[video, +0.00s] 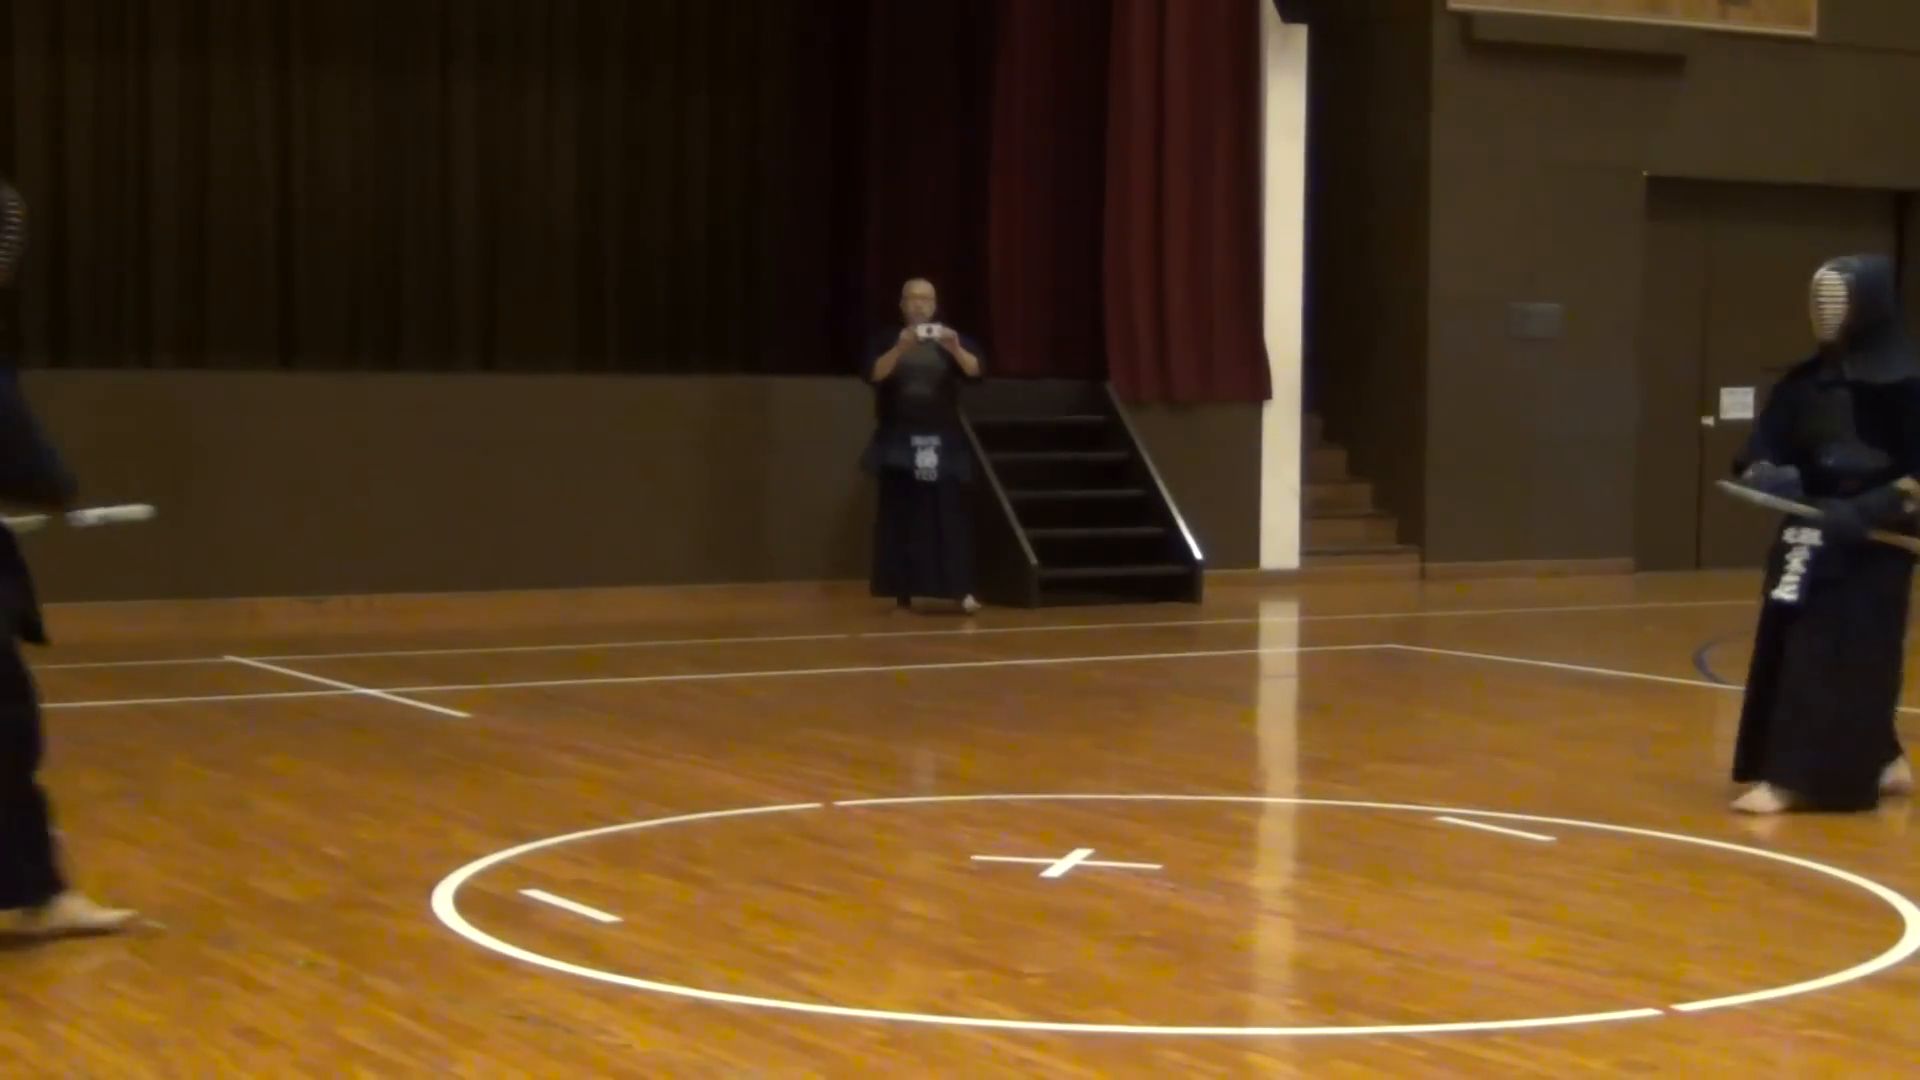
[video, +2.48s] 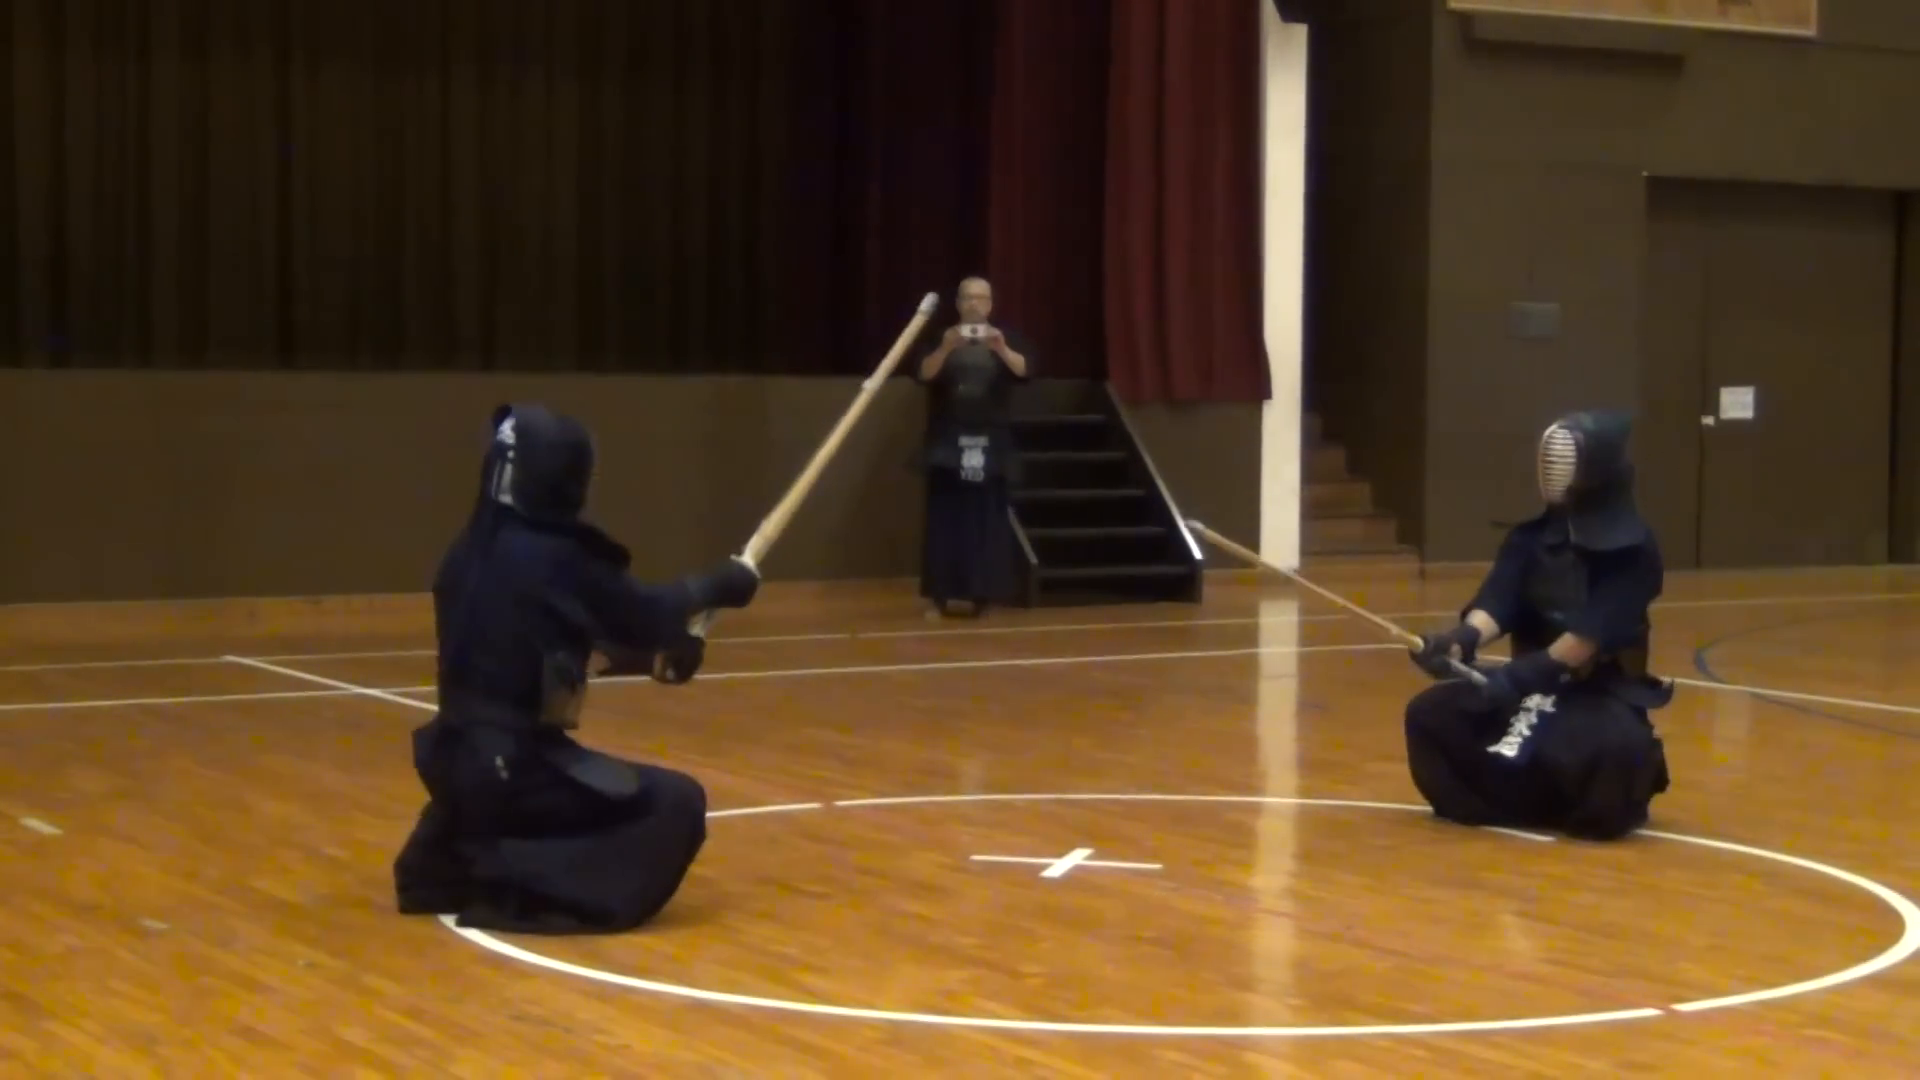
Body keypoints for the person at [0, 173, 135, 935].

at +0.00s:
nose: (15, 246)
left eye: (14, 228)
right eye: (11, 228)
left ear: (14, 236)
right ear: (3, 237)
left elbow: (10, 420)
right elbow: (9, 425)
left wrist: (48, 483)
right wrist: (52, 484)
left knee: (10, 721)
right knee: (8, 719)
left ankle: (31, 886)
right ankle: (28, 887)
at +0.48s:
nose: (254, 261)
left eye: (254, 245)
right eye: (245, 247)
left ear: (173, 247)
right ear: (210, 252)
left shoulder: (128, 327)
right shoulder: (213, 342)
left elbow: (109, 435)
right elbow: (291, 458)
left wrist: (186, 470)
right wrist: (289, 490)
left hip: (146, 553)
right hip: (218, 555)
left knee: (151, 709)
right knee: (303, 698)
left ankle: (143, 895)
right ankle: (295, 887)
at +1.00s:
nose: (532, 263)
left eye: (531, 249)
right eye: (526, 250)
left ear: (444, 245)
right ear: (506, 257)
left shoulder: (396, 317)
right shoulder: (501, 335)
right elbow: (590, 444)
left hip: (387, 537)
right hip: (455, 544)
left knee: (398, 695)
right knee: (511, 699)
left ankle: (345, 855)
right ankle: (519, 884)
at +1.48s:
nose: (577, 266)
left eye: (576, 252)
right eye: (571, 253)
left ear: (500, 246)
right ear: (544, 255)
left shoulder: (450, 313)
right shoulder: (531, 324)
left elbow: (519, 421)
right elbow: (619, 392)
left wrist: (612, 454)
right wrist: (689, 376)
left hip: (431, 531)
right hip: (491, 538)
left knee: (448, 702)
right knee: (515, 705)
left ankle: (455, 875)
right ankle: (511, 884)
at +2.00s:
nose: (595, 367)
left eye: (594, 352)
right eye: (589, 353)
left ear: (518, 350)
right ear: (561, 358)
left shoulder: (468, 426)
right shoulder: (555, 431)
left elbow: (539, 525)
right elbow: (641, 488)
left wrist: (635, 543)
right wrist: (718, 477)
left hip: (437, 628)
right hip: (498, 638)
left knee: (459, 751)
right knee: (629, 752)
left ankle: (457, 889)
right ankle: (567, 884)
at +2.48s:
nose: (581, 483)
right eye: (573, 471)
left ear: (500, 472)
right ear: (565, 481)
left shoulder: (468, 549)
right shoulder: (558, 557)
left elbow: (547, 642)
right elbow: (640, 616)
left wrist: (650, 654)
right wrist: (714, 586)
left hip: (448, 759)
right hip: (514, 773)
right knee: (674, 804)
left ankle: (437, 864)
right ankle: (524, 883)